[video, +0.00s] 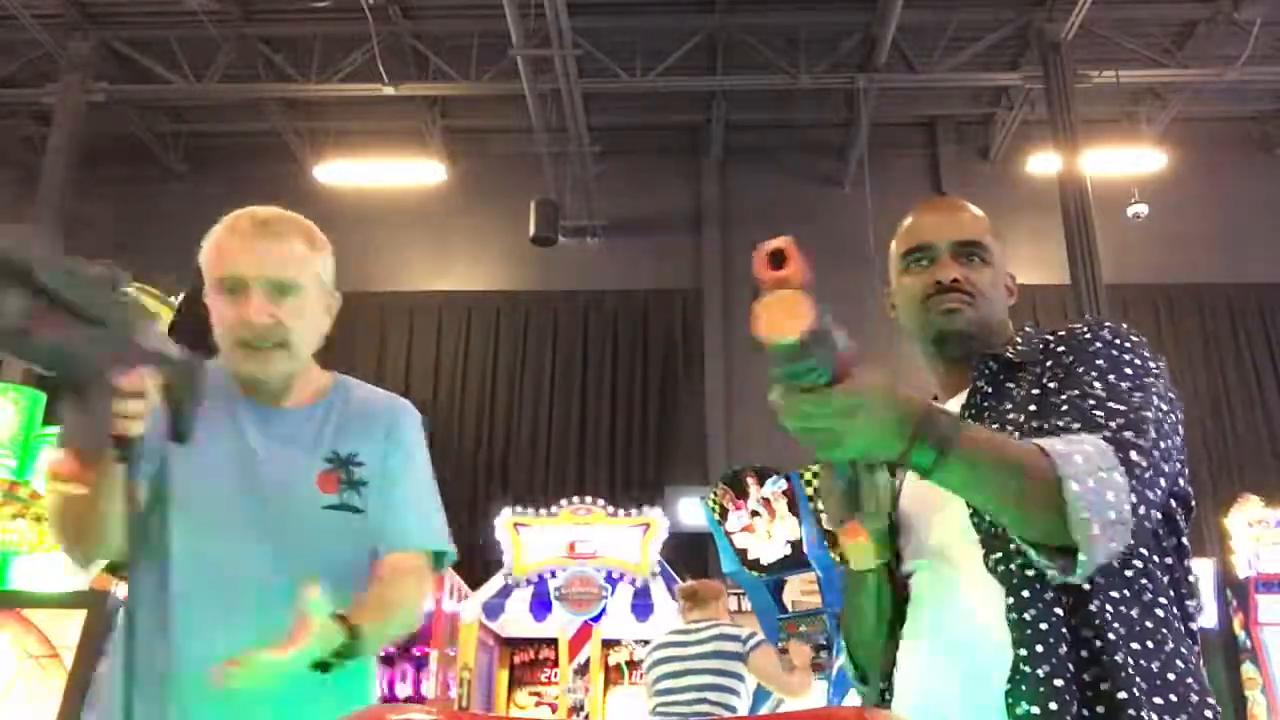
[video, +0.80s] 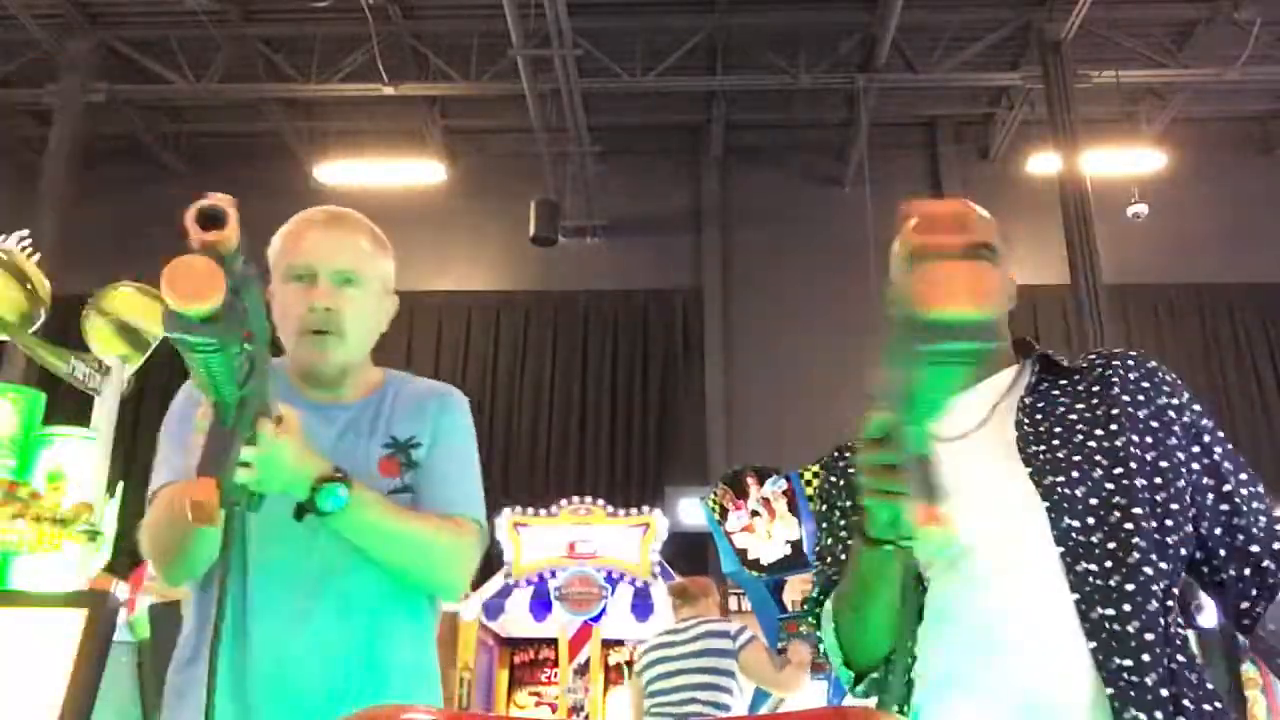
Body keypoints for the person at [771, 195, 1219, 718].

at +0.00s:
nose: (947, 271)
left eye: (971, 256)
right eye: (919, 261)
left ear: (1009, 286)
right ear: (892, 302)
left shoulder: (1099, 352)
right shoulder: (900, 434)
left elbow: (1098, 515)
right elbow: (879, 669)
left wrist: (919, 434)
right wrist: (856, 515)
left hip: (1098, 701)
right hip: (938, 705)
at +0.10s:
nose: (949, 273)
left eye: (974, 255)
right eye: (923, 259)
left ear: (1012, 287)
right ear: (898, 296)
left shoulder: (1103, 358)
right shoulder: (901, 423)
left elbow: (1131, 531)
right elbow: (870, 666)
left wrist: (963, 437)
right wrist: (871, 535)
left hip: (1126, 696)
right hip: (946, 703)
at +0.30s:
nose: (965, 267)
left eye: (990, 250)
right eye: (937, 251)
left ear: (1026, 282)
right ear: (906, 292)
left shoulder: (1117, 358)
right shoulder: (901, 421)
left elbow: (1131, 537)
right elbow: (872, 663)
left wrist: (976, 451)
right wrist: (880, 536)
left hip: (1118, 699)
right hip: (944, 706)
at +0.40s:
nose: (965, 265)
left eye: (990, 248)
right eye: (938, 251)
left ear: (1025, 280)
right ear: (906, 288)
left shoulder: (1111, 351)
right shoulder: (912, 445)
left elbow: (1152, 548)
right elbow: (890, 669)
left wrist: (971, 522)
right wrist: (863, 556)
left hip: (1112, 705)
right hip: (949, 708)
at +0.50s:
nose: (948, 271)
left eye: (972, 248)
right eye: (919, 261)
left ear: (1011, 279)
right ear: (896, 297)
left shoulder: (1112, 350)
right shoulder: (893, 440)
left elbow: (1227, 551)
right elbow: (878, 654)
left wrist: (1038, 539)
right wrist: (885, 539)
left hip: (1114, 701)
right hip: (942, 708)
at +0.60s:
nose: (948, 270)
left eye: (973, 253)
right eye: (919, 257)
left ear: (1007, 279)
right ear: (890, 296)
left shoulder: (1128, 373)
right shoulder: (883, 466)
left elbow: (1264, 522)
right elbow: (866, 650)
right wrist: (913, 525)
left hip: (1149, 704)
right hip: (962, 706)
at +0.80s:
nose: (953, 282)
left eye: (973, 259)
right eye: (928, 263)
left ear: (1007, 284)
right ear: (896, 294)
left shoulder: (1129, 397)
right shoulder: (856, 471)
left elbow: (1262, 579)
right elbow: (855, 660)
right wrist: (883, 538)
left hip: (1147, 705)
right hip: (950, 710)